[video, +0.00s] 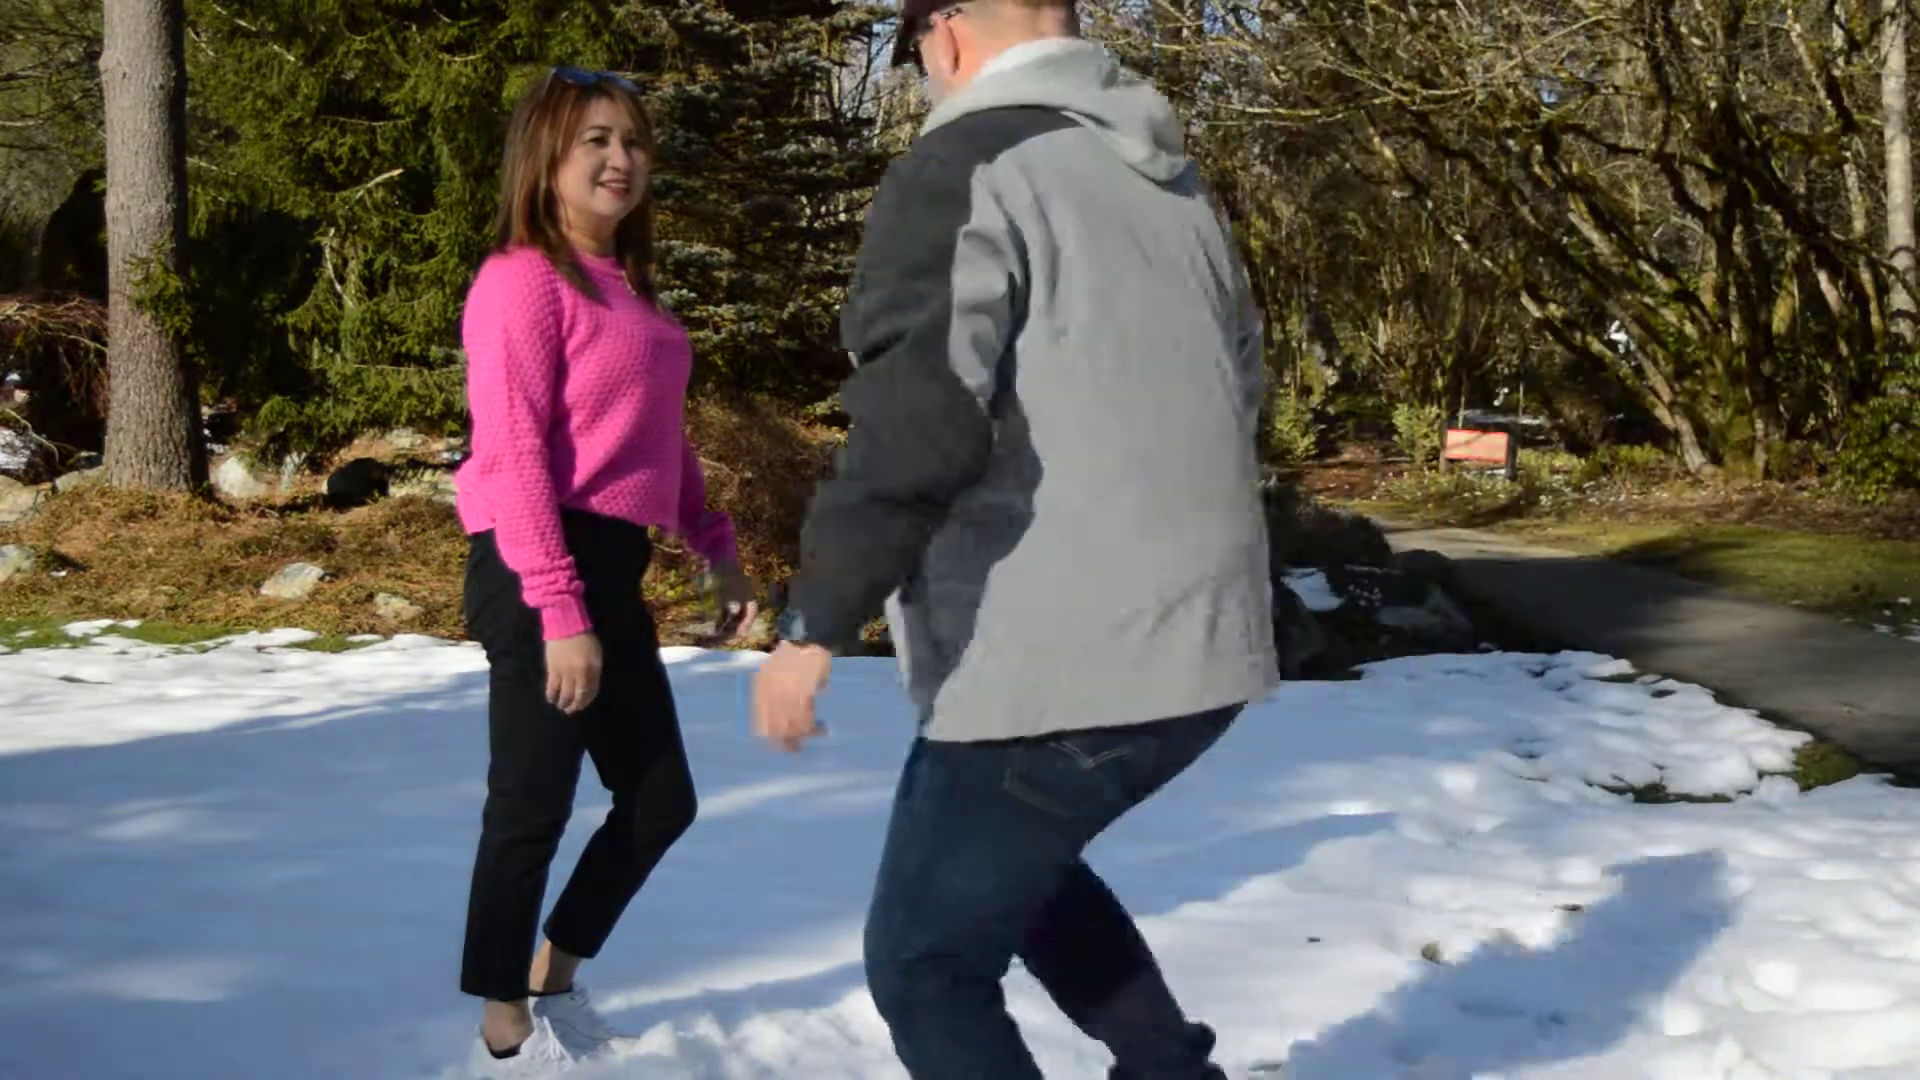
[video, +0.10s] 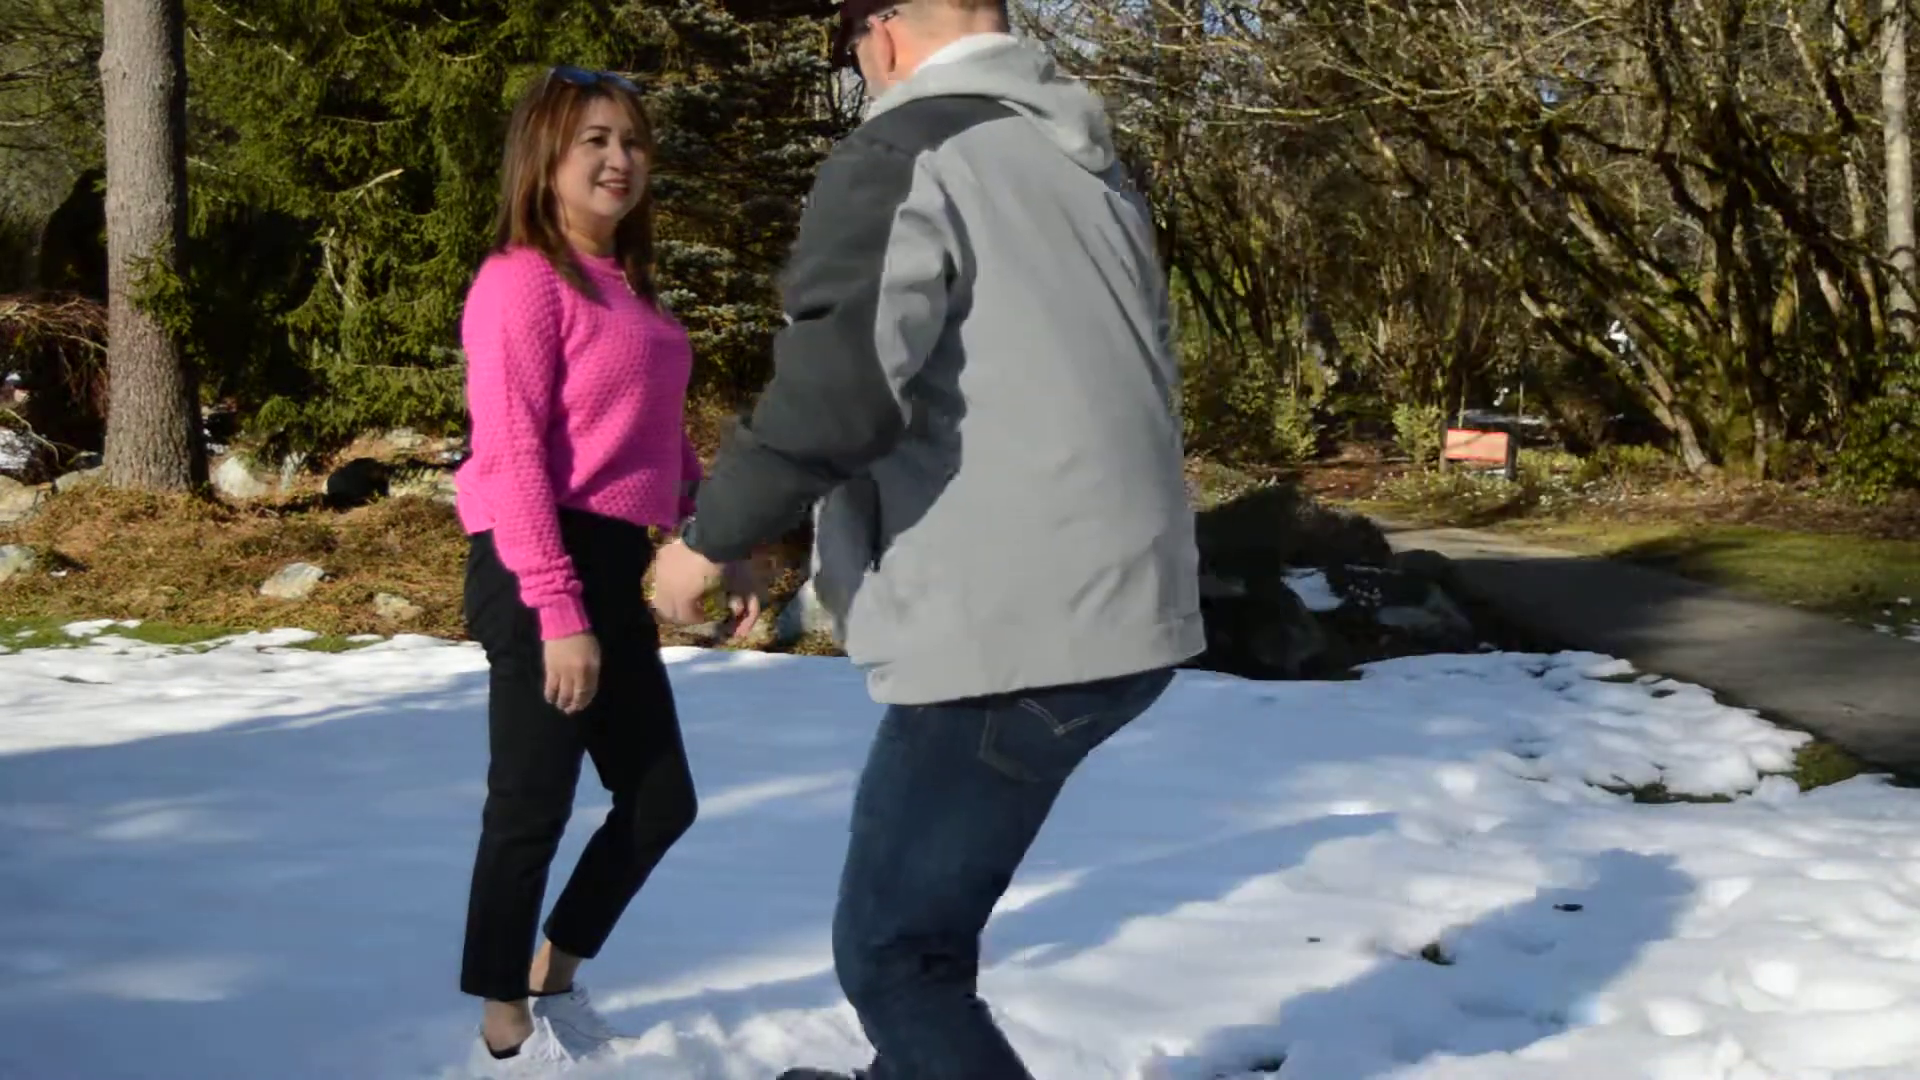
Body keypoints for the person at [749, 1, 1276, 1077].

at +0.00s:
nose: (924, 84)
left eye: (921, 56)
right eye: (920, 61)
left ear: (951, 40)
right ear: (1066, 30)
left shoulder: (958, 169)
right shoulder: (1170, 174)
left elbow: (917, 424)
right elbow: (1240, 386)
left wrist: (813, 629)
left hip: (1056, 666)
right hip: (1214, 650)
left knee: (924, 967)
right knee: (1026, 859)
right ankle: (1168, 1060)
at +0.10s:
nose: (862, 76)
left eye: (859, 50)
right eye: (858, 55)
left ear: (886, 36)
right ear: (994, 25)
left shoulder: (898, 154)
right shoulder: (1091, 152)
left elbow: (840, 387)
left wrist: (709, 537)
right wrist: (830, 526)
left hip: (1009, 631)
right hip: (1126, 615)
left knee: (893, 958)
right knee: (928, 935)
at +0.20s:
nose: (801, 93)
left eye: (795, 69)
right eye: (797, 73)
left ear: (823, 54)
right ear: (929, 33)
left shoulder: (864, 148)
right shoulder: (998, 150)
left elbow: (811, 378)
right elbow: (949, 403)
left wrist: (665, 506)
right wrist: (794, 550)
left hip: (951, 628)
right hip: (1021, 609)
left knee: (867, 965)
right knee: (835, 861)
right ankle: (817, 1068)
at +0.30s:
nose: (741, 122)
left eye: (737, 96)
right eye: (734, 100)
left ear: (771, 79)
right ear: (849, 65)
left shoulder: (835, 173)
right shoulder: (887, 161)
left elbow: (830, 386)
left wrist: (684, 541)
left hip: (914, 628)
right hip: (871, 620)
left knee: (783, 931)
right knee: (748, 876)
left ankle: (971, 1070)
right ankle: (795, 1064)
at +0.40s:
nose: (678, 136)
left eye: (673, 113)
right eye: (669, 117)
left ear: (711, 89)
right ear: (755, 74)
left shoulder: (800, 169)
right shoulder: (786, 170)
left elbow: (844, 379)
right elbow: (762, 399)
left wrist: (775, 573)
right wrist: (660, 514)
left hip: (881, 619)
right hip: (842, 614)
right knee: (744, 878)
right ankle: (784, 1067)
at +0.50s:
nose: (617, 127)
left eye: (617, 101)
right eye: (609, 108)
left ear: (658, 73)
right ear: (672, 72)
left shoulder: (767, 152)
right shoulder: (691, 187)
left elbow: (871, 337)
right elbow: (685, 410)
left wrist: (858, 543)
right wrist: (592, 507)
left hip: (844, 601)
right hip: (770, 604)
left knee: (685, 842)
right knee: (733, 857)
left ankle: (841, 1073)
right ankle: (787, 1067)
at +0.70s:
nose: (550, 124)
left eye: (549, 96)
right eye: (541, 102)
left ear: (607, 73)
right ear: (609, 76)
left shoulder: (744, 165)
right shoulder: (615, 202)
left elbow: (889, 311)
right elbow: (593, 385)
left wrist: (908, 514)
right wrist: (531, 494)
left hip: (800, 607)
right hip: (666, 612)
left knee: (693, 887)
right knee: (558, 798)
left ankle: (745, 1063)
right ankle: (746, 1006)